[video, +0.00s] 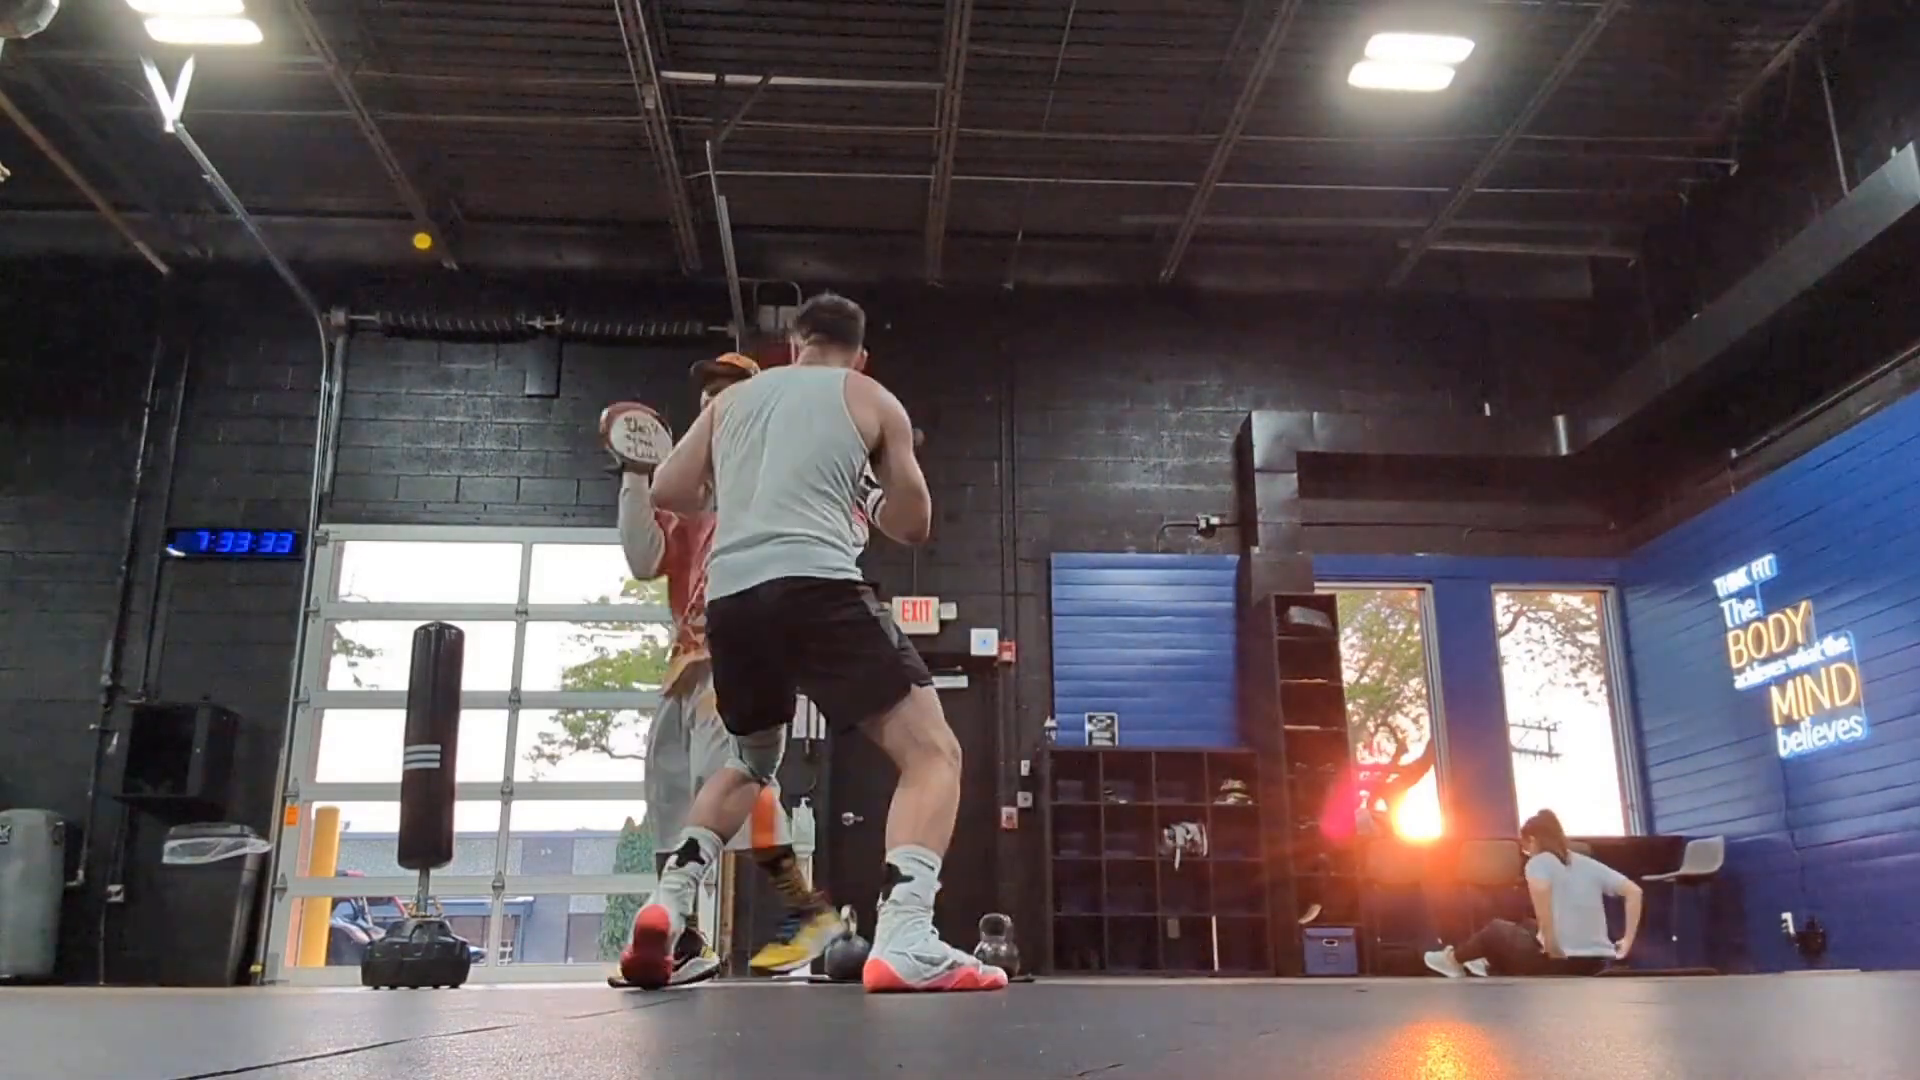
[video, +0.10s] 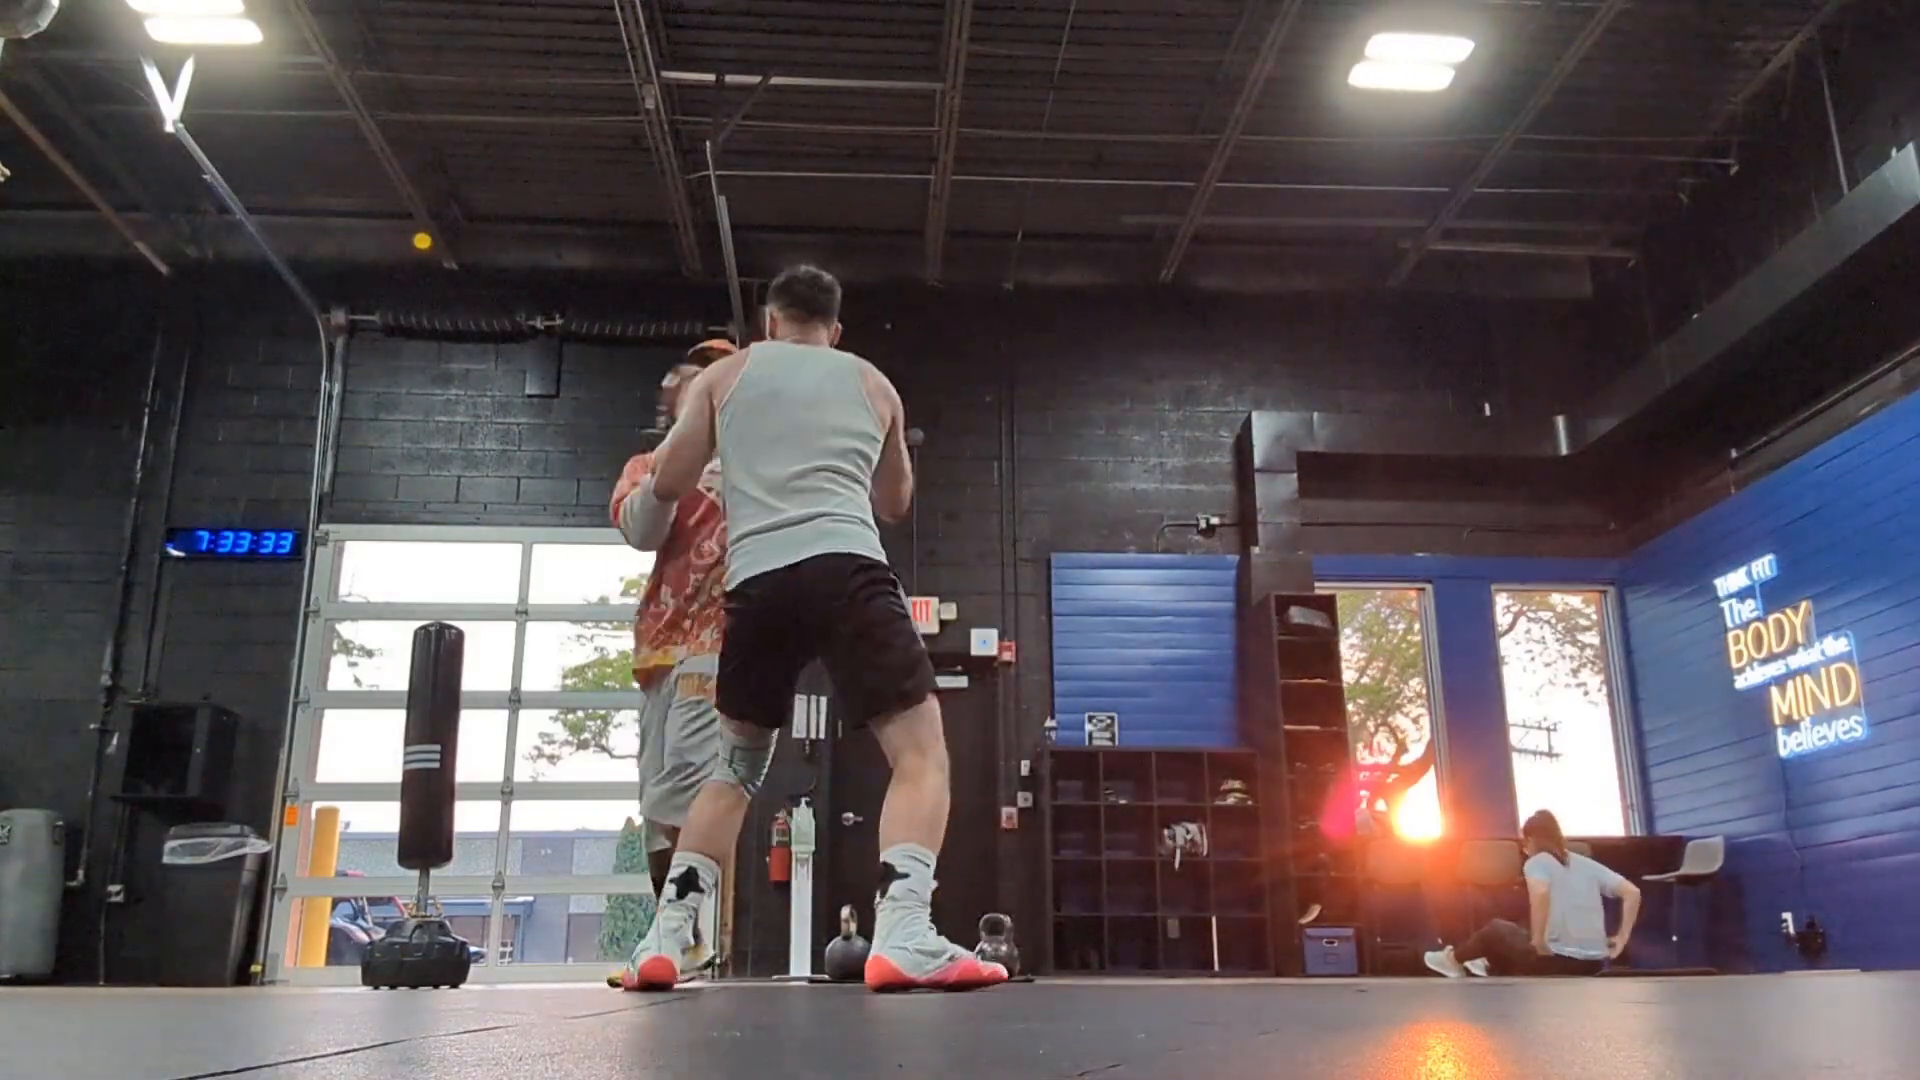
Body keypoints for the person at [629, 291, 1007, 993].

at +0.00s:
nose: (803, 359)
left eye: (795, 348)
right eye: (857, 357)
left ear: (793, 345)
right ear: (861, 353)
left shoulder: (733, 399)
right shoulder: (876, 402)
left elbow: (671, 490)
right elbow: (913, 523)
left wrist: (736, 497)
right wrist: (863, 499)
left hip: (731, 603)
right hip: (822, 590)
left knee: (747, 766)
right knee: (933, 756)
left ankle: (669, 898)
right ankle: (907, 936)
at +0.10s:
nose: (779, 334)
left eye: (770, 323)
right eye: (826, 330)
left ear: (767, 321)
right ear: (839, 330)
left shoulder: (723, 375)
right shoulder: (875, 384)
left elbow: (669, 479)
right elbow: (896, 502)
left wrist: (702, 410)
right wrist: (866, 440)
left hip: (760, 582)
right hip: (852, 570)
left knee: (732, 771)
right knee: (919, 756)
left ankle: (667, 938)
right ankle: (906, 931)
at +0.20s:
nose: (769, 332)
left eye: (768, 323)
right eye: (775, 325)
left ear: (778, 318)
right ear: (844, 324)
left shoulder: (750, 365)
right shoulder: (884, 380)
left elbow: (695, 465)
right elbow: (868, 460)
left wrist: (695, 409)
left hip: (776, 577)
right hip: (871, 573)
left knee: (715, 766)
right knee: (932, 762)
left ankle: (666, 942)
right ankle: (962, 922)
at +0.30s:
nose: (800, 332)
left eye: (801, 322)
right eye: (805, 325)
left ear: (812, 319)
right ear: (876, 332)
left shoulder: (780, 362)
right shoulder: (916, 394)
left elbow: (729, 444)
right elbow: (902, 484)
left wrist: (671, 444)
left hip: (792, 583)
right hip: (893, 582)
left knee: (711, 764)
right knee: (977, 768)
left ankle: (661, 946)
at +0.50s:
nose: (867, 320)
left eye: (868, 308)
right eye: (868, 310)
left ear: (892, 298)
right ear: (941, 304)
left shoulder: (870, 340)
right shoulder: (1004, 371)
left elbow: (802, 435)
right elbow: (1008, 473)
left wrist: (762, 487)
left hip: (899, 559)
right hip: (1000, 563)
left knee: (802, 745)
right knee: (1049, 756)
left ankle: (707, 929)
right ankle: (1121, 940)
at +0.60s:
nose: (874, 292)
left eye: (877, 277)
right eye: (874, 280)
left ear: (908, 266)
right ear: (950, 272)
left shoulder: (902, 301)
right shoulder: (1007, 337)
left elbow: (869, 390)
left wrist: (798, 403)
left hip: (945, 528)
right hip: (1038, 532)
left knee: (851, 707)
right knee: (1063, 739)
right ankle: (1122, 937)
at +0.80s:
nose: (905, 299)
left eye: (911, 279)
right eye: (905, 283)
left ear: (946, 266)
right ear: (970, 271)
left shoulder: (967, 306)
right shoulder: (1019, 335)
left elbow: (936, 411)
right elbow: (939, 451)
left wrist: (877, 399)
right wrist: (871, 409)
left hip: (1028, 534)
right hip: (1103, 539)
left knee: (921, 718)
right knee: (1117, 748)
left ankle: (938, 934)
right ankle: (1236, 912)